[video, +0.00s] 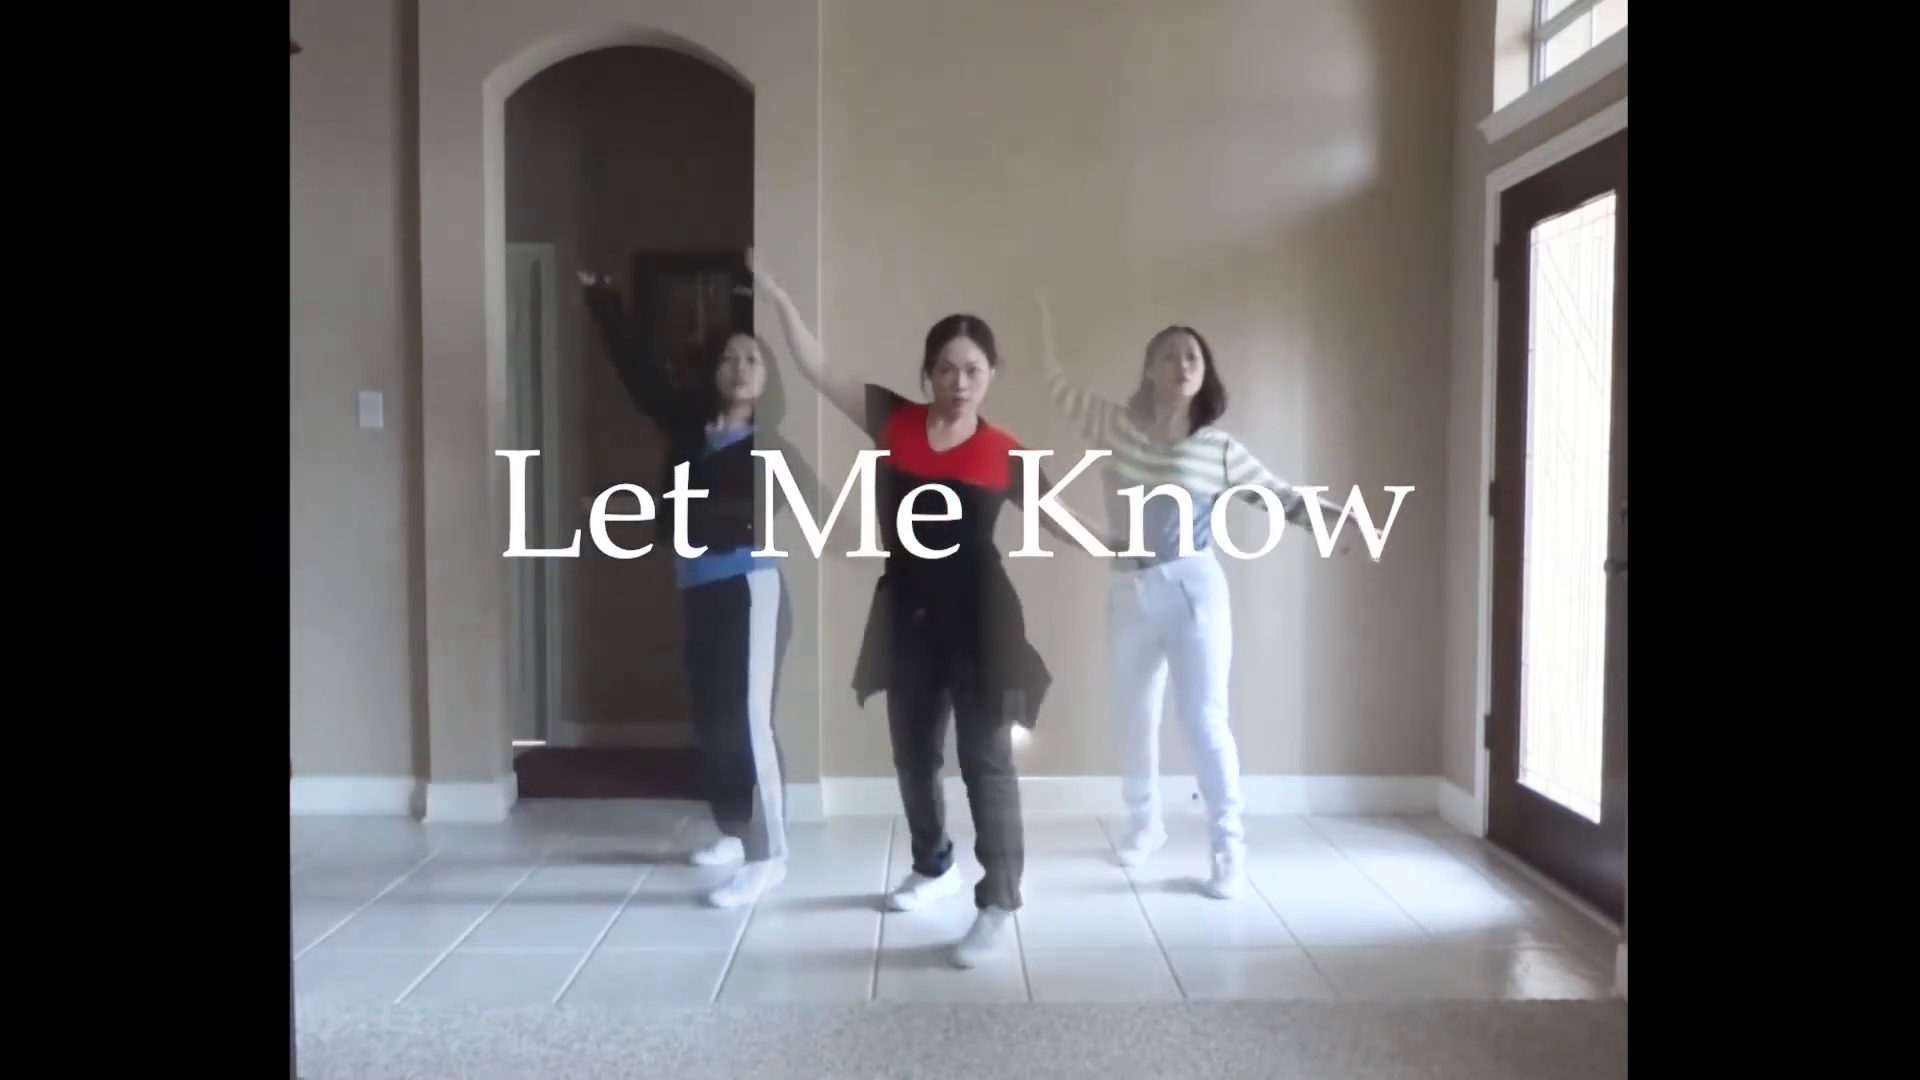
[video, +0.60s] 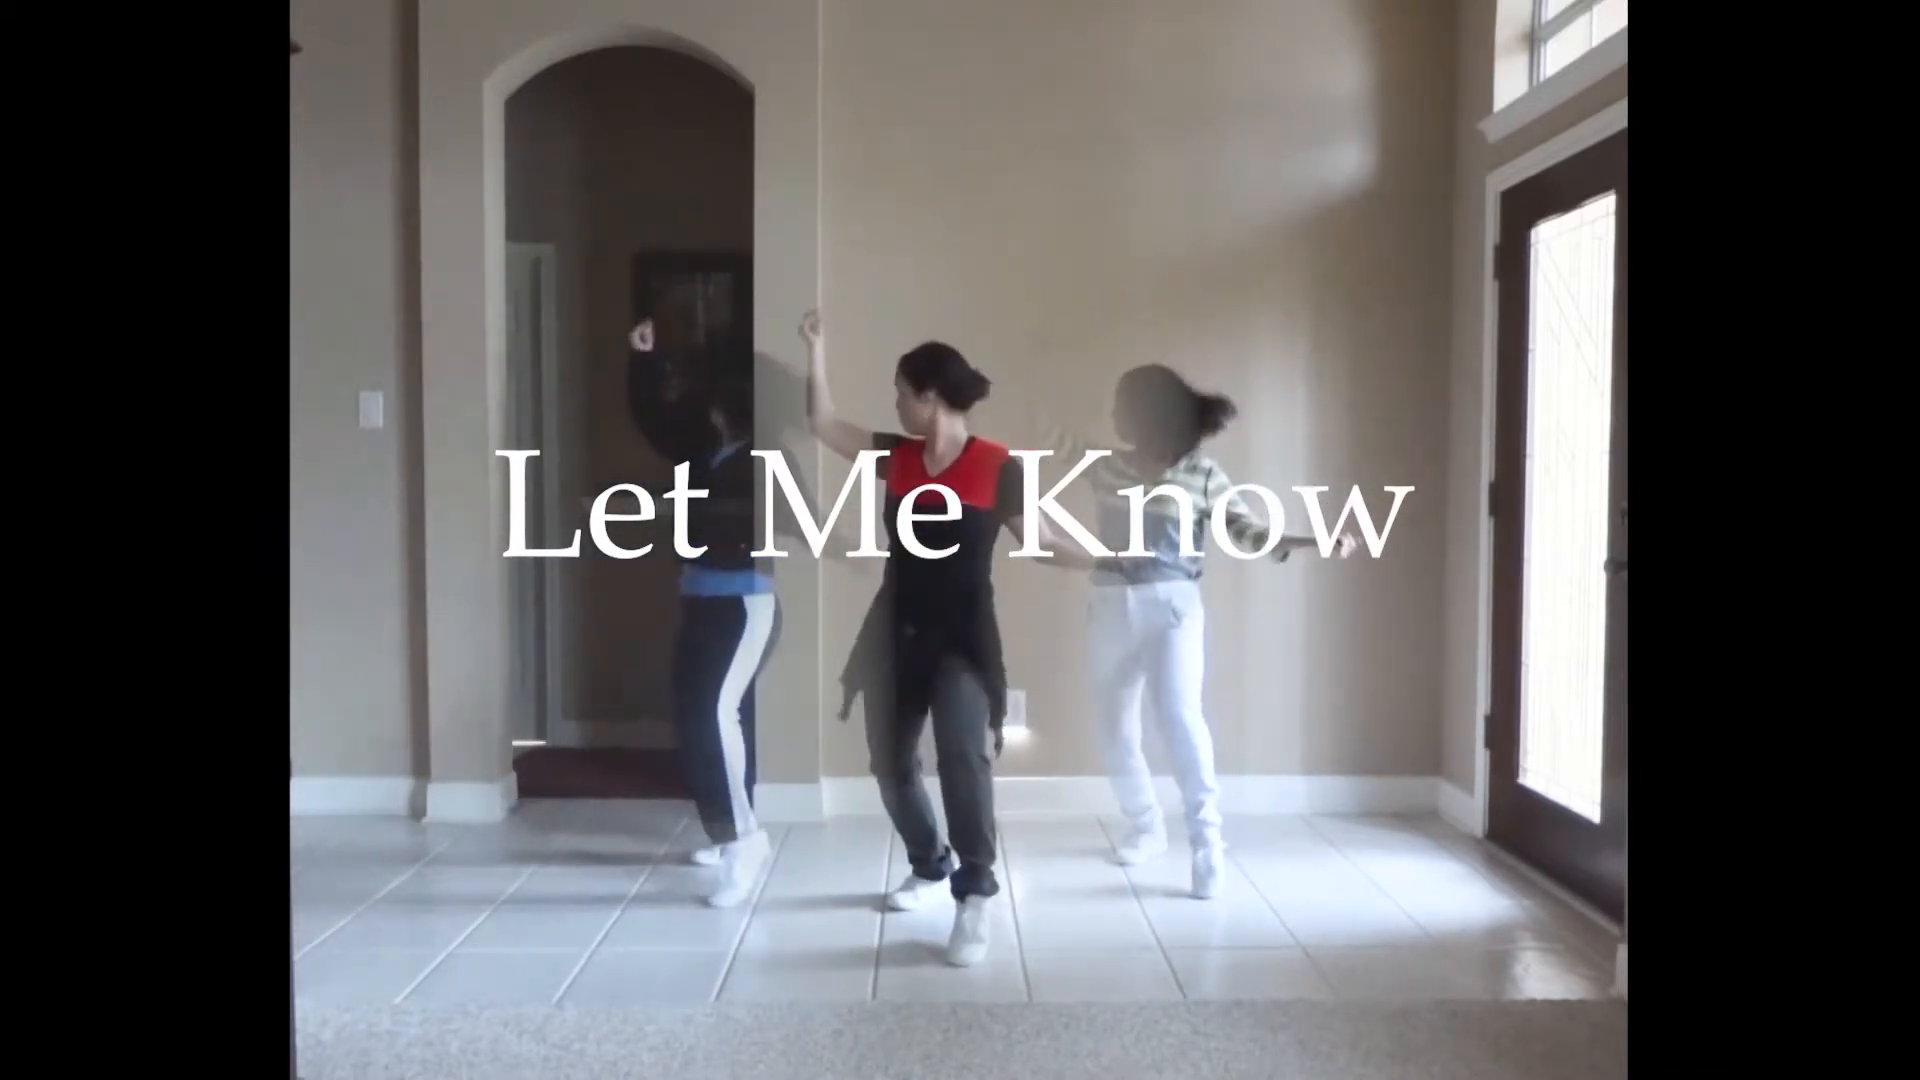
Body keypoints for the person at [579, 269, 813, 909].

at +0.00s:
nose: (739, 370)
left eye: (750, 361)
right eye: (729, 360)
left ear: (766, 376)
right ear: (712, 371)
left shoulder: (766, 450)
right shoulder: (688, 425)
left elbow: (755, 521)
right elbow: (641, 372)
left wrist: (679, 514)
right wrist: (604, 304)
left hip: (752, 586)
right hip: (701, 588)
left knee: (749, 717)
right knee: (712, 714)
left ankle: (769, 857)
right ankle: (736, 834)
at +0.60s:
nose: (699, 414)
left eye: (706, 404)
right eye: (700, 404)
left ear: (728, 409)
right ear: (712, 413)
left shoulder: (752, 464)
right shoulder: (699, 457)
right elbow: (651, 416)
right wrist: (643, 359)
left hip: (746, 599)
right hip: (702, 598)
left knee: (720, 708)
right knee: (694, 715)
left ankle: (745, 836)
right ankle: (724, 833)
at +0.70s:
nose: (714, 410)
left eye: (722, 399)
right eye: (718, 398)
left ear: (737, 407)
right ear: (715, 402)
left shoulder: (763, 462)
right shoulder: (694, 448)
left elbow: (806, 523)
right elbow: (647, 429)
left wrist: (846, 556)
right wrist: (646, 371)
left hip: (746, 603)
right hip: (699, 599)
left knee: (714, 711)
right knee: (691, 719)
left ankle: (740, 839)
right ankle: (731, 831)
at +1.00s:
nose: (725, 411)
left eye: (737, 397)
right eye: (717, 396)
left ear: (757, 405)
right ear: (705, 400)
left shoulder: (766, 458)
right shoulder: (684, 455)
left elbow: (813, 523)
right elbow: (651, 438)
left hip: (744, 597)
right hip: (691, 595)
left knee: (728, 720)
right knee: (704, 718)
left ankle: (729, 854)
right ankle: (741, 831)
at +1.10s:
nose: (715, 374)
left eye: (728, 365)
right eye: (710, 364)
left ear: (750, 382)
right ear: (697, 377)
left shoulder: (760, 444)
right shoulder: (683, 442)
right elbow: (657, 437)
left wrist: (750, 354)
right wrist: (674, 377)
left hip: (743, 593)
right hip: (690, 593)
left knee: (731, 725)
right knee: (710, 724)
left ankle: (734, 858)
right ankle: (743, 835)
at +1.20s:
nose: (721, 369)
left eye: (733, 362)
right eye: (714, 361)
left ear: (752, 381)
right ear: (702, 374)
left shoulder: (762, 439)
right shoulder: (681, 433)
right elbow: (636, 442)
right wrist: (676, 398)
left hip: (746, 598)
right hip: (689, 597)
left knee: (734, 726)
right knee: (708, 725)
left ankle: (738, 859)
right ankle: (732, 834)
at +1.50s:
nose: (715, 385)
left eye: (728, 377)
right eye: (705, 375)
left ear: (746, 393)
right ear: (689, 387)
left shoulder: (760, 463)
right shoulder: (665, 455)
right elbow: (604, 454)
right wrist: (676, 460)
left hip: (747, 615)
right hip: (683, 616)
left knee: (726, 738)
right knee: (693, 738)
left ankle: (741, 864)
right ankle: (723, 839)